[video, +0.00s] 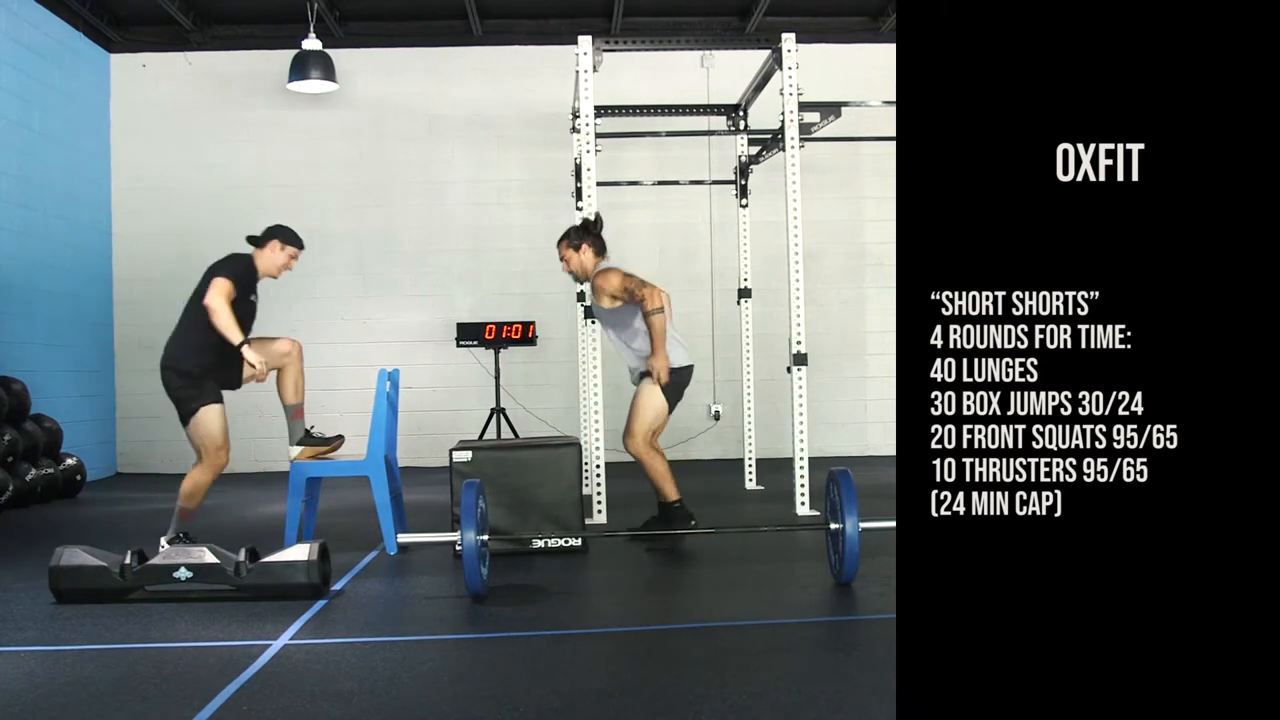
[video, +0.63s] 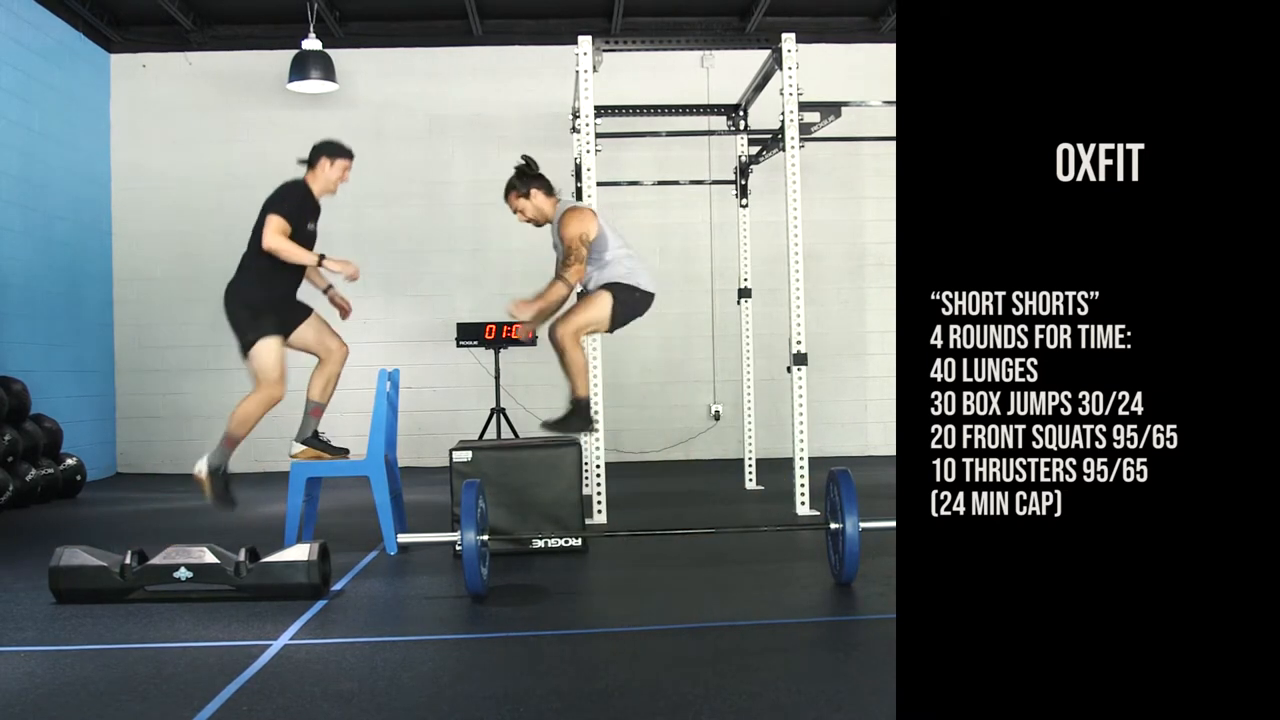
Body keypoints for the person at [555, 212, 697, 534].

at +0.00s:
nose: (563, 267)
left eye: (565, 259)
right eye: (561, 261)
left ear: (584, 251)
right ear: (586, 251)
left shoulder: (604, 279)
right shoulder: (608, 277)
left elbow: (652, 296)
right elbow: (660, 297)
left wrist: (658, 353)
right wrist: (655, 353)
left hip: (665, 367)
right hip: (670, 366)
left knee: (635, 439)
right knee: (647, 441)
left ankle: (676, 512)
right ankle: (670, 510)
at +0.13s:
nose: (562, 285)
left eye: (565, 277)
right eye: (561, 278)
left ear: (585, 273)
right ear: (586, 274)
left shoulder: (607, 304)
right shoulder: (602, 305)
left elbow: (648, 339)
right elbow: (645, 342)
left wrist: (644, 395)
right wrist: (643, 394)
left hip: (670, 385)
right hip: (661, 386)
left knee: (635, 452)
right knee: (628, 448)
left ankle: (684, 516)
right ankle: (665, 513)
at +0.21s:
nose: (572, 280)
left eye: (575, 272)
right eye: (571, 273)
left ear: (597, 269)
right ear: (597, 271)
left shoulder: (616, 306)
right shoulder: (607, 305)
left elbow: (617, 362)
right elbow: (614, 359)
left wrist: (576, 382)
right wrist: (578, 380)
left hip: (665, 391)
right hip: (649, 392)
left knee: (628, 460)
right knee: (617, 452)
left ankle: (682, 518)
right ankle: (663, 514)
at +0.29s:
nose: (575, 260)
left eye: (578, 252)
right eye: (573, 253)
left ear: (599, 249)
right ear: (595, 252)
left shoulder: (608, 283)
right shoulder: (601, 284)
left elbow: (570, 322)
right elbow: (569, 321)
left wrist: (541, 300)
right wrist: (541, 301)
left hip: (655, 382)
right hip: (639, 384)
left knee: (637, 454)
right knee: (622, 447)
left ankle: (683, 517)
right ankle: (662, 514)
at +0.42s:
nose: (554, 219)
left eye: (554, 212)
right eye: (552, 214)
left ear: (570, 201)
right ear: (574, 200)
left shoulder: (592, 227)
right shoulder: (588, 229)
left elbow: (559, 267)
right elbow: (559, 274)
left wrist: (527, 240)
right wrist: (528, 242)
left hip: (638, 325)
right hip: (621, 328)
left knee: (621, 396)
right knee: (613, 401)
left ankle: (659, 471)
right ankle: (647, 471)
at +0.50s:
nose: (540, 214)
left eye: (539, 205)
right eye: (536, 207)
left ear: (555, 190)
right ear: (555, 190)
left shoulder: (585, 215)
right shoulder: (580, 218)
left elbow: (567, 263)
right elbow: (566, 276)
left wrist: (516, 254)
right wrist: (518, 265)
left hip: (637, 300)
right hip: (621, 301)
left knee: (589, 352)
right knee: (576, 355)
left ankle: (635, 415)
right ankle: (632, 413)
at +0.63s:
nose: (522, 218)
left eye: (519, 210)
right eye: (516, 213)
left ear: (535, 194)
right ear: (535, 195)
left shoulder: (574, 219)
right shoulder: (563, 224)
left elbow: (571, 275)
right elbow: (563, 281)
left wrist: (536, 306)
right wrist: (534, 322)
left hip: (628, 286)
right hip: (616, 287)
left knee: (564, 331)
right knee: (560, 331)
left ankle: (582, 411)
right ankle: (579, 410)